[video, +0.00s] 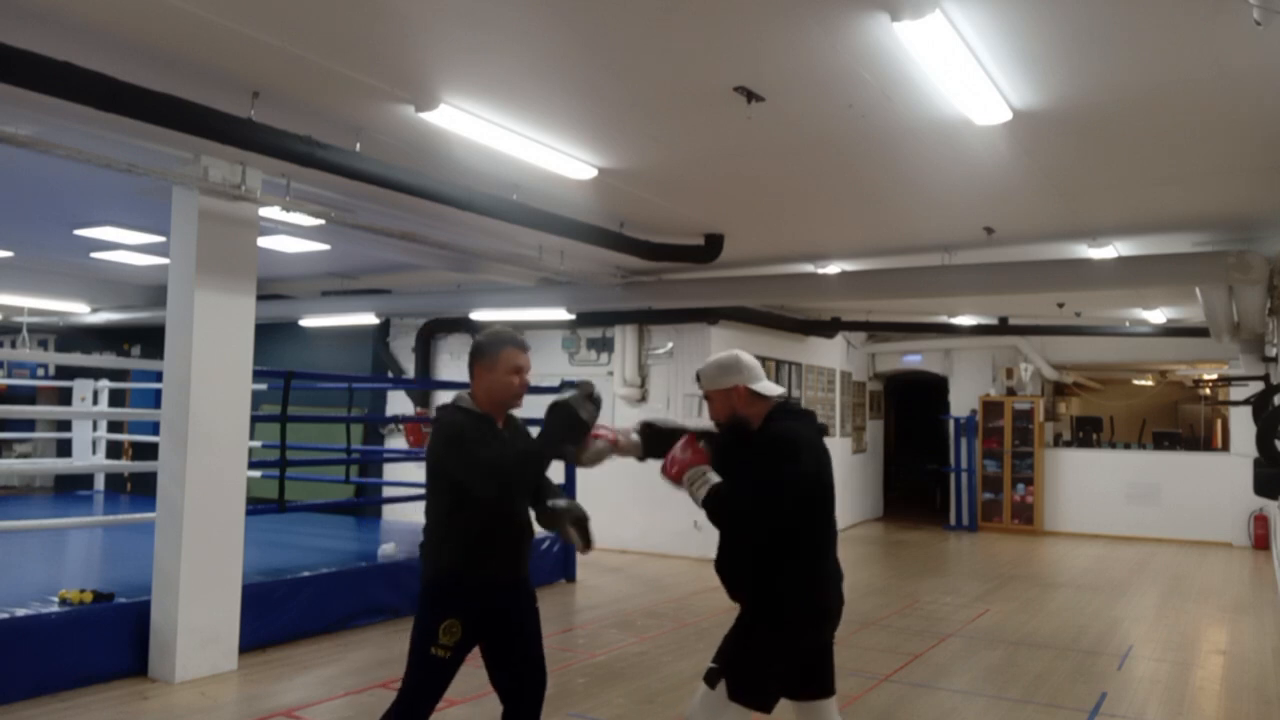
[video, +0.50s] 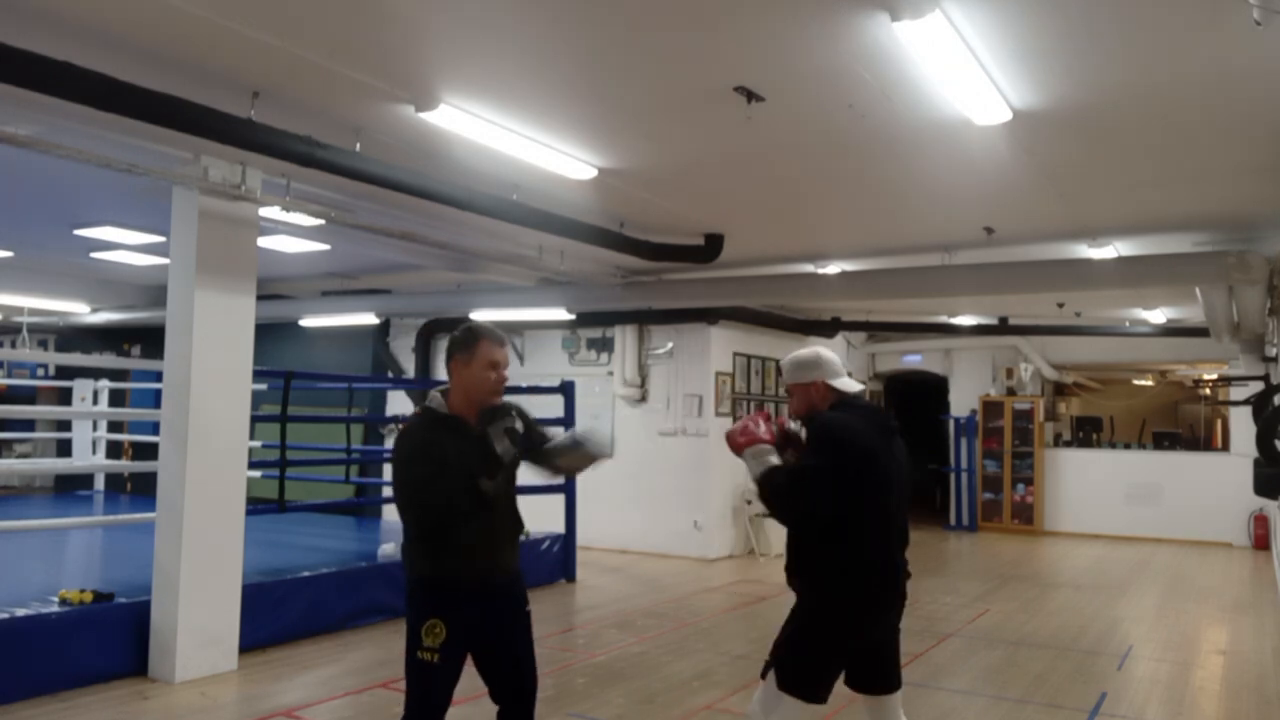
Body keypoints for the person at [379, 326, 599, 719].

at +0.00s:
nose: (525, 383)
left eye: (526, 374)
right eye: (516, 373)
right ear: (481, 374)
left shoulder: (516, 431)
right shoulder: (452, 426)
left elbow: (536, 486)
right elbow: (501, 478)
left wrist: (556, 509)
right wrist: (554, 434)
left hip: (508, 582)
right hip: (453, 584)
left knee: (526, 694)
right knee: (417, 699)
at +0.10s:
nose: (532, 378)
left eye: (533, 369)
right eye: (521, 367)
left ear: (531, 374)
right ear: (487, 370)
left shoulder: (523, 428)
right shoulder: (458, 427)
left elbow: (559, 481)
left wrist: (556, 454)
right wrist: (536, 447)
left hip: (515, 582)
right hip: (461, 585)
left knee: (523, 701)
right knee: (428, 701)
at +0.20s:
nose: (531, 376)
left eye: (533, 367)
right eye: (520, 366)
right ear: (486, 367)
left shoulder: (535, 421)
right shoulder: (450, 430)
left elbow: (591, 440)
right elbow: (457, 509)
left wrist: (584, 423)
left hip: (515, 579)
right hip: (457, 581)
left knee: (521, 700)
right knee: (435, 698)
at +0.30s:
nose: (524, 376)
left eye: (525, 366)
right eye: (514, 366)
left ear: (524, 369)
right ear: (479, 368)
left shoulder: (530, 414)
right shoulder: (442, 430)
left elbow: (588, 409)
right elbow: (441, 511)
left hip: (511, 583)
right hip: (452, 588)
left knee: (522, 703)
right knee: (435, 707)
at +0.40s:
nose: (515, 378)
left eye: (517, 368)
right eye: (505, 367)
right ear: (469, 368)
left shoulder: (518, 415)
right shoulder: (429, 439)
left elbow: (574, 415)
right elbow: (434, 521)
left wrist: (628, 406)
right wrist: (499, 464)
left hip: (505, 585)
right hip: (445, 591)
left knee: (522, 703)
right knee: (428, 709)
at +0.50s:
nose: (504, 379)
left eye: (505, 369)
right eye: (494, 368)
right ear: (457, 369)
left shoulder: (506, 420)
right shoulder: (420, 435)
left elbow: (551, 456)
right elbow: (422, 520)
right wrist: (490, 463)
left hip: (499, 583)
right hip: (438, 588)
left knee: (518, 698)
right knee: (425, 707)